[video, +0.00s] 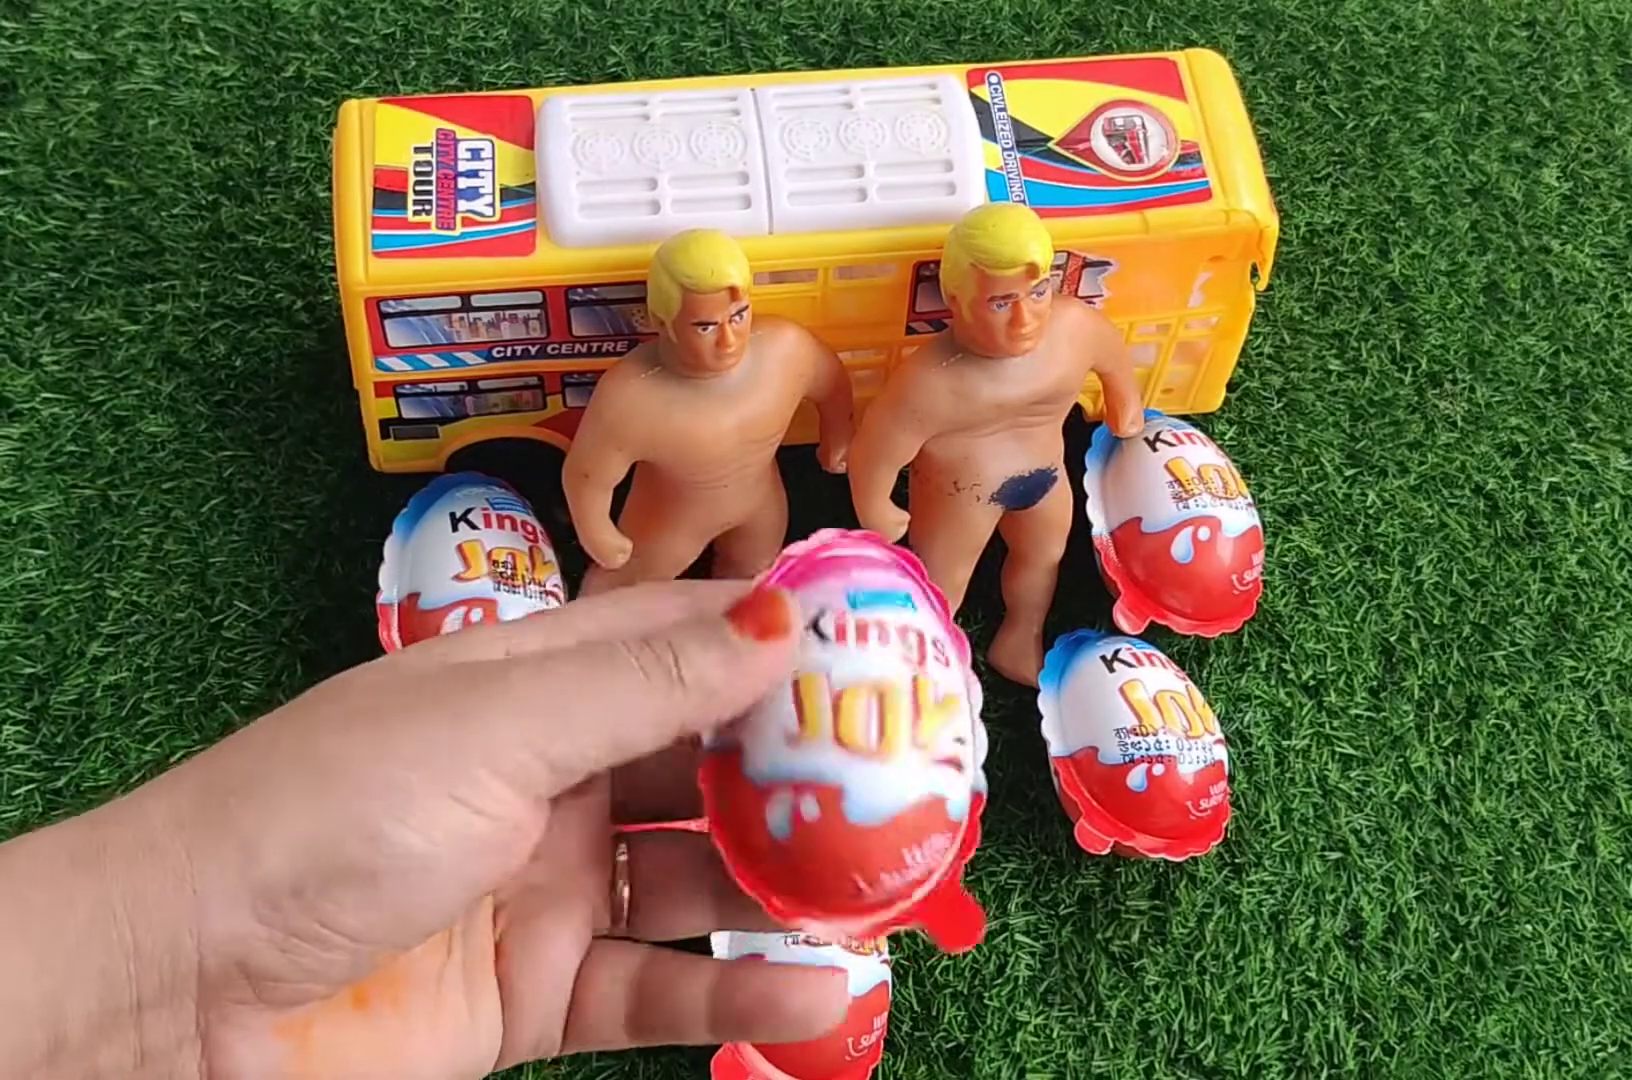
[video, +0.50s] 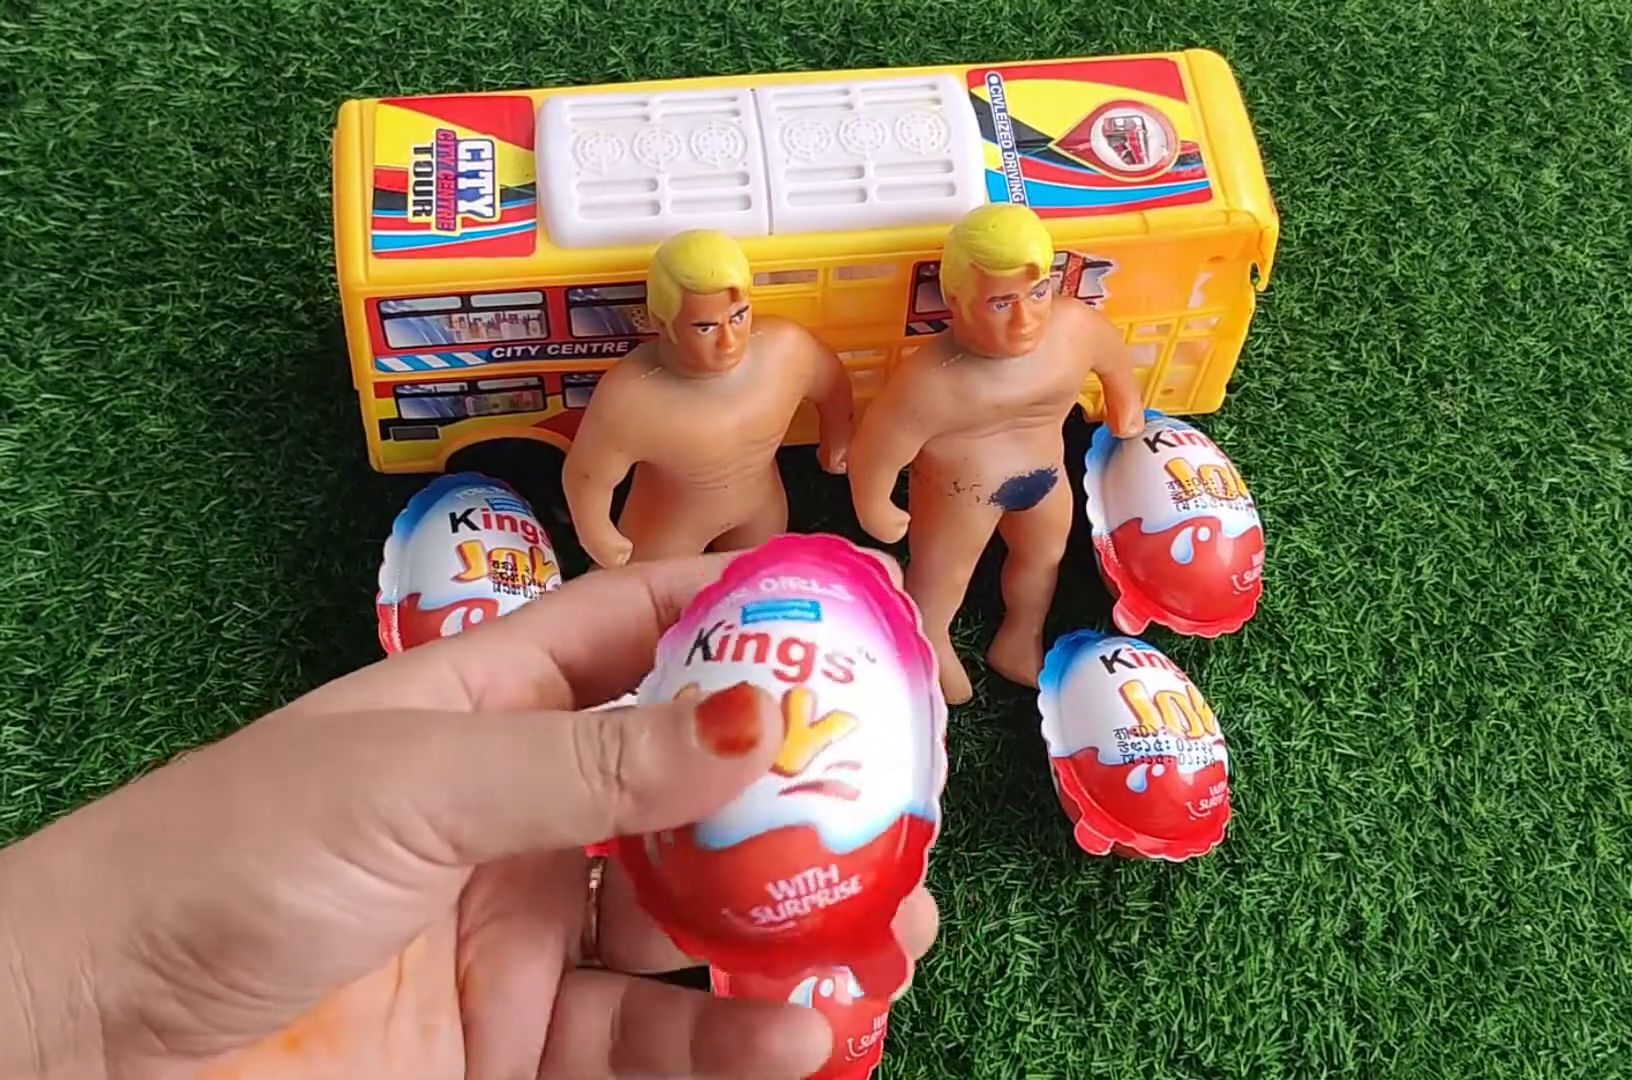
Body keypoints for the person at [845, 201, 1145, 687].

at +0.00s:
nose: (1024, 317)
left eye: (1037, 294)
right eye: (1000, 302)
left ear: (1051, 283)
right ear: (953, 303)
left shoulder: (1079, 328)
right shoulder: (927, 381)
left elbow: (1115, 362)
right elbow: (871, 458)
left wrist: (1126, 410)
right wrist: (879, 516)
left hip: (1044, 479)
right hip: (958, 492)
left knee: (1040, 563)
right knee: (940, 584)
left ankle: (1020, 643)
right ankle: (922, 662)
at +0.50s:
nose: (1023, 317)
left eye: (1036, 294)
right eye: (1000, 302)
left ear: (1050, 284)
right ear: (953, 304)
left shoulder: (1079, 328)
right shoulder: (927, 382)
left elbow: (1114, 360)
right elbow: (873, 453)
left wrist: (1126, 410)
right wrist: (878, 515)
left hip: (1045, 477)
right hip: (959, 493)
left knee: (1041, 560)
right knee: (942, 578)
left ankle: (1021, 642)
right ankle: (933, 642)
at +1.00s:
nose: (1025, 317)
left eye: (1038, 294)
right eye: (1001, 303)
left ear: (1051, 284)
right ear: (952, 303)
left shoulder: (1079, 328)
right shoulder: (928, 381)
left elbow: (1116, 364)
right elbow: (869, 466)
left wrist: (1127, 411)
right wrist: (886, 546)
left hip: (1044, 478)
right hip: (958, 491)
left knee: (1041, 563)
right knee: (943, 578)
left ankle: (1020, 644)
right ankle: (933, 654)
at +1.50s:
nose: (1025, 318)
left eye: (1037, 294)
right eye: (1000, 303)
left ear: (1052, 284)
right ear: (952, 303)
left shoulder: (1079, 327)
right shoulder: (927, 382)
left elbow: (1116, 364)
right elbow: (870, 466)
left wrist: (1127, 412)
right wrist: (886, 548)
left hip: (1044, 477)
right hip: (959, 489)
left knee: (1040, 563)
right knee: (947, 571)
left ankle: (1023, 645)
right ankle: (936, 649)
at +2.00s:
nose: (1025, 318)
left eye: (1038, 294)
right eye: (1001, 303)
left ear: (1051, 284)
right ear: (952, 303)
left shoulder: (1079, 327)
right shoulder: (928, 381)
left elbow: (1116, 364)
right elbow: (871, 459)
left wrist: (1127, 410)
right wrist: (879, 516)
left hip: (1044, 478)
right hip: (959, 491)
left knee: (1040, 565)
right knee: (942, 579)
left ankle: (1023, 644)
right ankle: (928, 656)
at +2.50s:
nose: (1025, 318)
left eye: (1037, 294)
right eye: (1000, 303)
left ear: (1050, 284)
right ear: (953, 303)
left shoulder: (1079, 327)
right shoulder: (927, 382)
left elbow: (1116, 364)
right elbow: (870, 460)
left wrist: (1127, 410)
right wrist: (878, 511)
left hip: (1045, 477)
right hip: (959, 491)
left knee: (1040, 564)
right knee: (943, 579)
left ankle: (1019, 644)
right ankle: (930, 654)